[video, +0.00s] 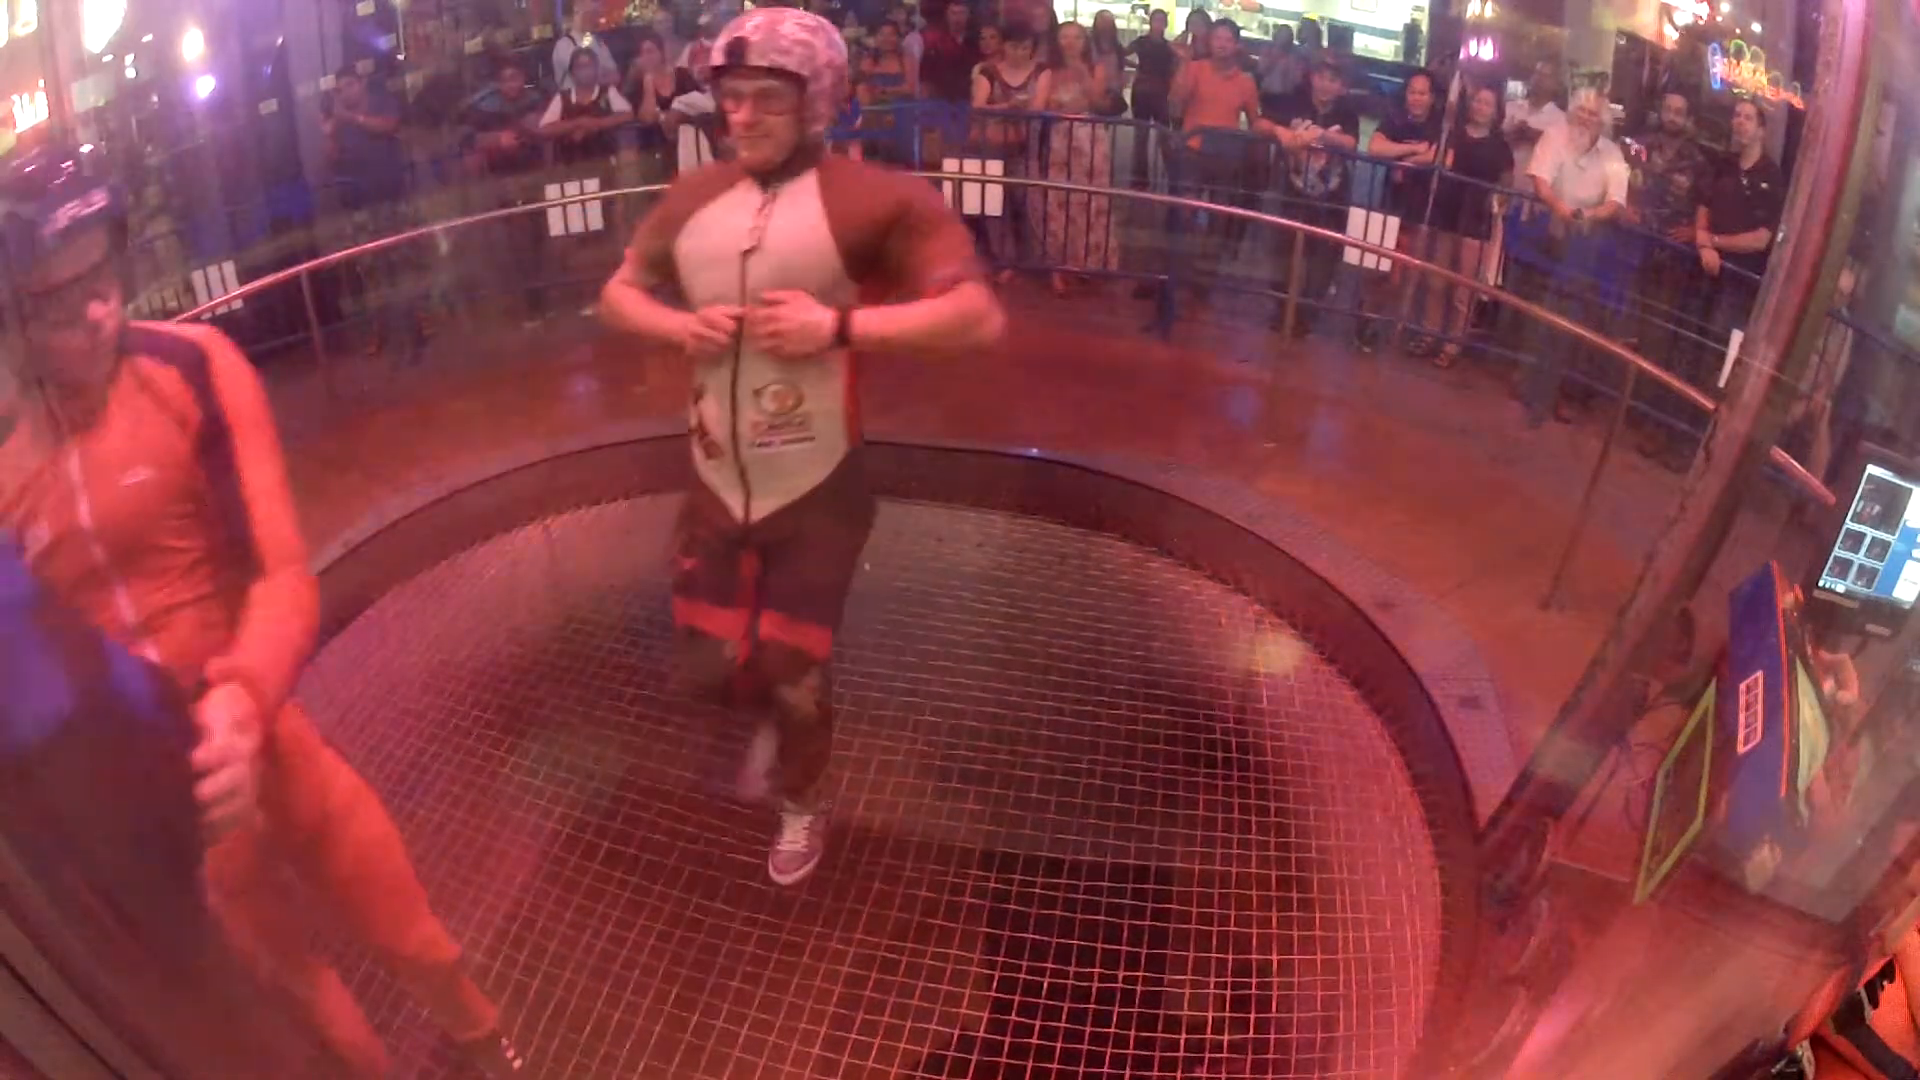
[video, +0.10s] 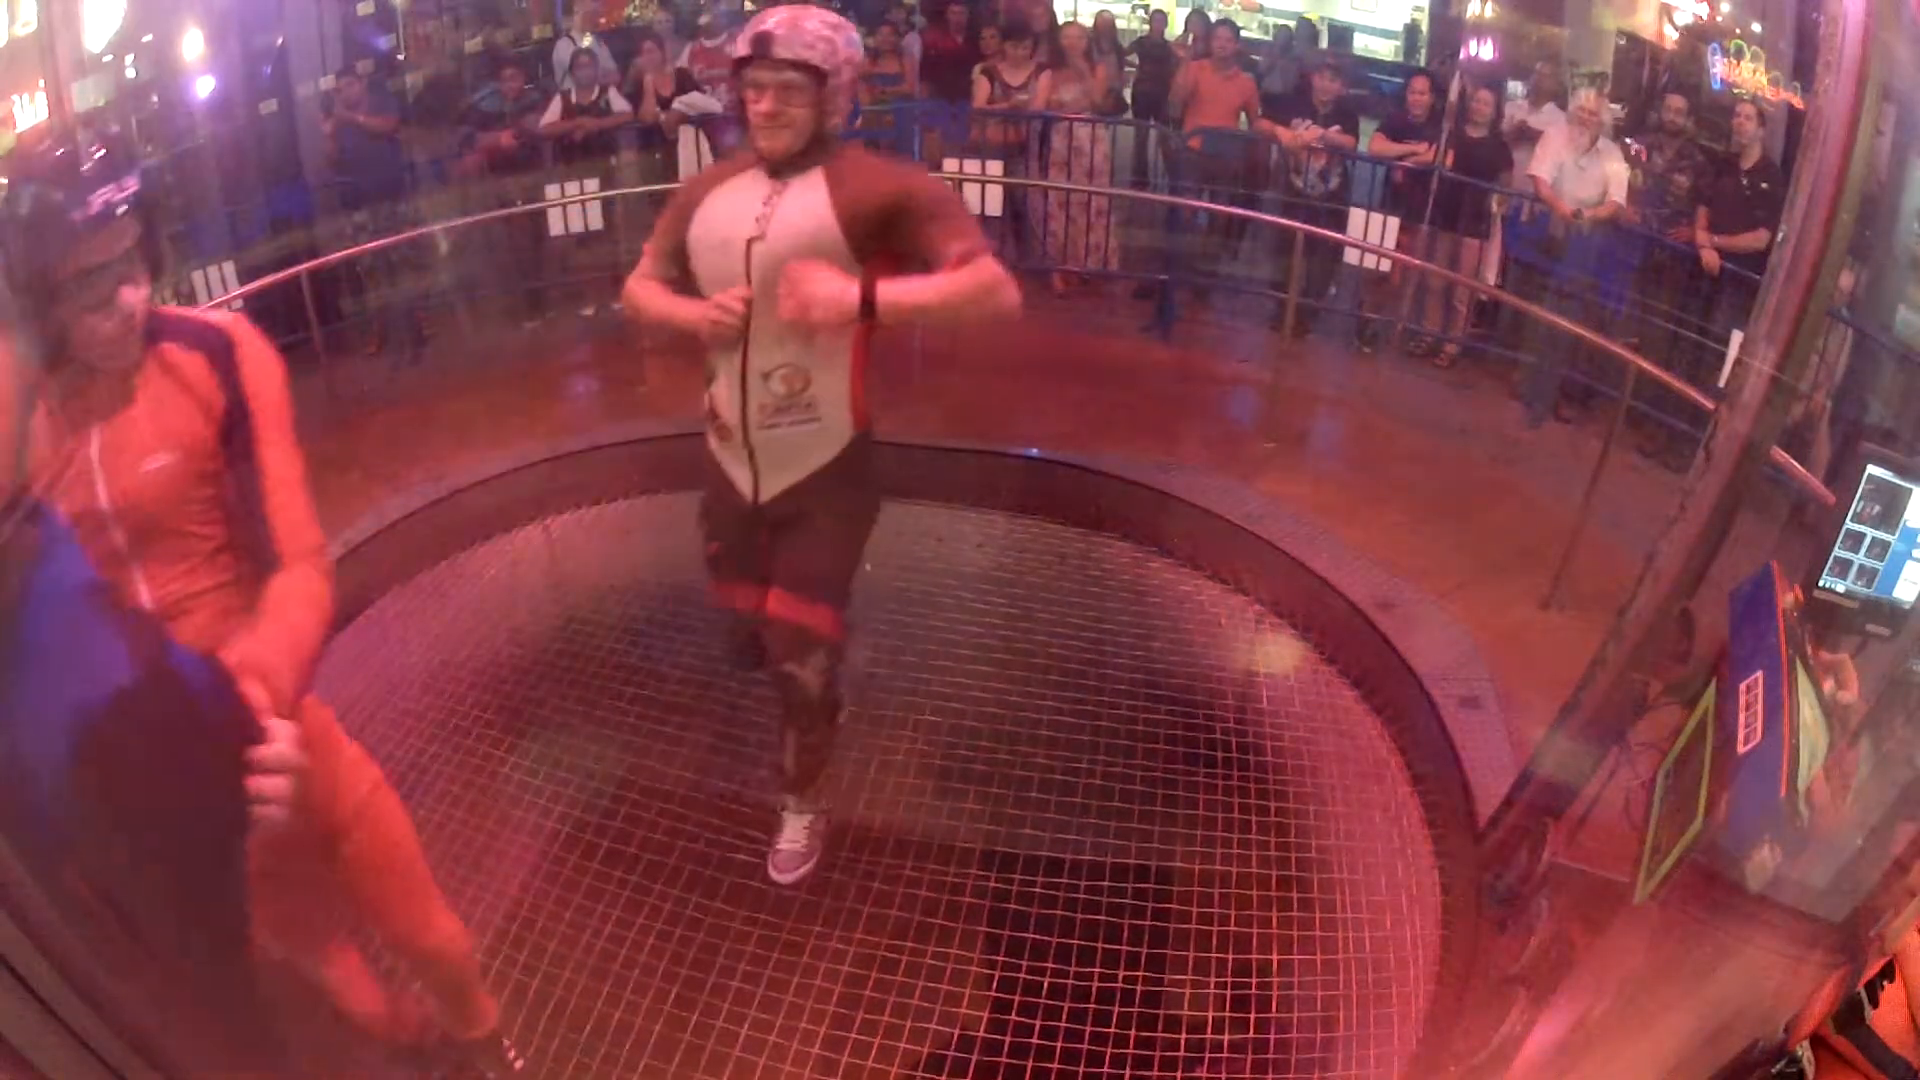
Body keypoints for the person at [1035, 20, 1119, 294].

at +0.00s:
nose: (1069, 42)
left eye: (1075, 37)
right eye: (1065, 38)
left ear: (1084, 41)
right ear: (1058, 42)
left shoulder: (1094, 70)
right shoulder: (1051, 74)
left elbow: (1099, 102)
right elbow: (1039, 107)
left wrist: (1085, 75)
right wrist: (1060, 109)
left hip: (1088, 137)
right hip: (1059, 136)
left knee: (1086, 200)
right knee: (1058, 200)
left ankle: (1083, 263)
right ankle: (1058, 265)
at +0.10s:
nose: (1072, 43)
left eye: (1077, 38)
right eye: (1067, 38)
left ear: (1087, 41)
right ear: (1060, 42)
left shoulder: (1096, 70)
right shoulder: (1051, 76)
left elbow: (1099, 100)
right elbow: (1037, 109)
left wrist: (1085, 70)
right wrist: (1062, 110)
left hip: (1090, 140)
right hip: (1061, 139)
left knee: (1087, 201)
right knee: (1059, 201)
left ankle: (1083, 264)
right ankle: (1057, 266)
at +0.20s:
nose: (1073, 44)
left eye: (1079, 38)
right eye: (1068, 39)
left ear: (1088, 41)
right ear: (1062, 42)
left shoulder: (1098, 69)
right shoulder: (1052, 75)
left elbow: (1099, 100)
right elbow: (1037, 109)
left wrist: (1085, 70)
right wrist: (1063, 112)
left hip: (1090, 140)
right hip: (1061, 139)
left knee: (1087, 201)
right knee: (1059, 200)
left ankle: (1082, 263)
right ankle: (1058, 265)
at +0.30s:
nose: (1074, 44)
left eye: (1080, 38)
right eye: (1069, 39)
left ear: (1089, 41)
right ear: (1062, 42)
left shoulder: (1098, 70)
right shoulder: (1052, 75)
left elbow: (1099, 100)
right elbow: (1037, 109)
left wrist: (1086, 70)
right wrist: (1063, 112)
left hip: (1090, 139)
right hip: (1061, 138)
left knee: (1087, 201)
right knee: (1059, 200)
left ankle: (1083, 264)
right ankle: (1058, 265)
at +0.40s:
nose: (1076, 44)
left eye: (1083, 39)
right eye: (1071, 39)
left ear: (1091, 42)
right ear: (1063, 42)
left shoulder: (1099, 71)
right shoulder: (1052, 75)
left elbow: (1099, 101)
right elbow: (1037, 109)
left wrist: (1086, 70)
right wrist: (1062, 111)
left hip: (1091, 141)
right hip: (1061, 139)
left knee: (1087, 202)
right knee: (1059, 201)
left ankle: (1083, 264)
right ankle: (1058, 266)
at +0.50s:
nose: (1078, 44)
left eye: (1084, 39)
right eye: (1072, 39)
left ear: (1092, 42)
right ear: (1064, 42)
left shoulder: (1100, 70)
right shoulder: (1055, 75)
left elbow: (1098, 99)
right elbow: (1039, 107)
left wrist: (1086, 67)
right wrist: (1066, 109)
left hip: (1091, 139)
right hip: (1062, 138)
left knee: (1088, 200)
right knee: (1060, 200)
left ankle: (1084, 264)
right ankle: (1060, 264)